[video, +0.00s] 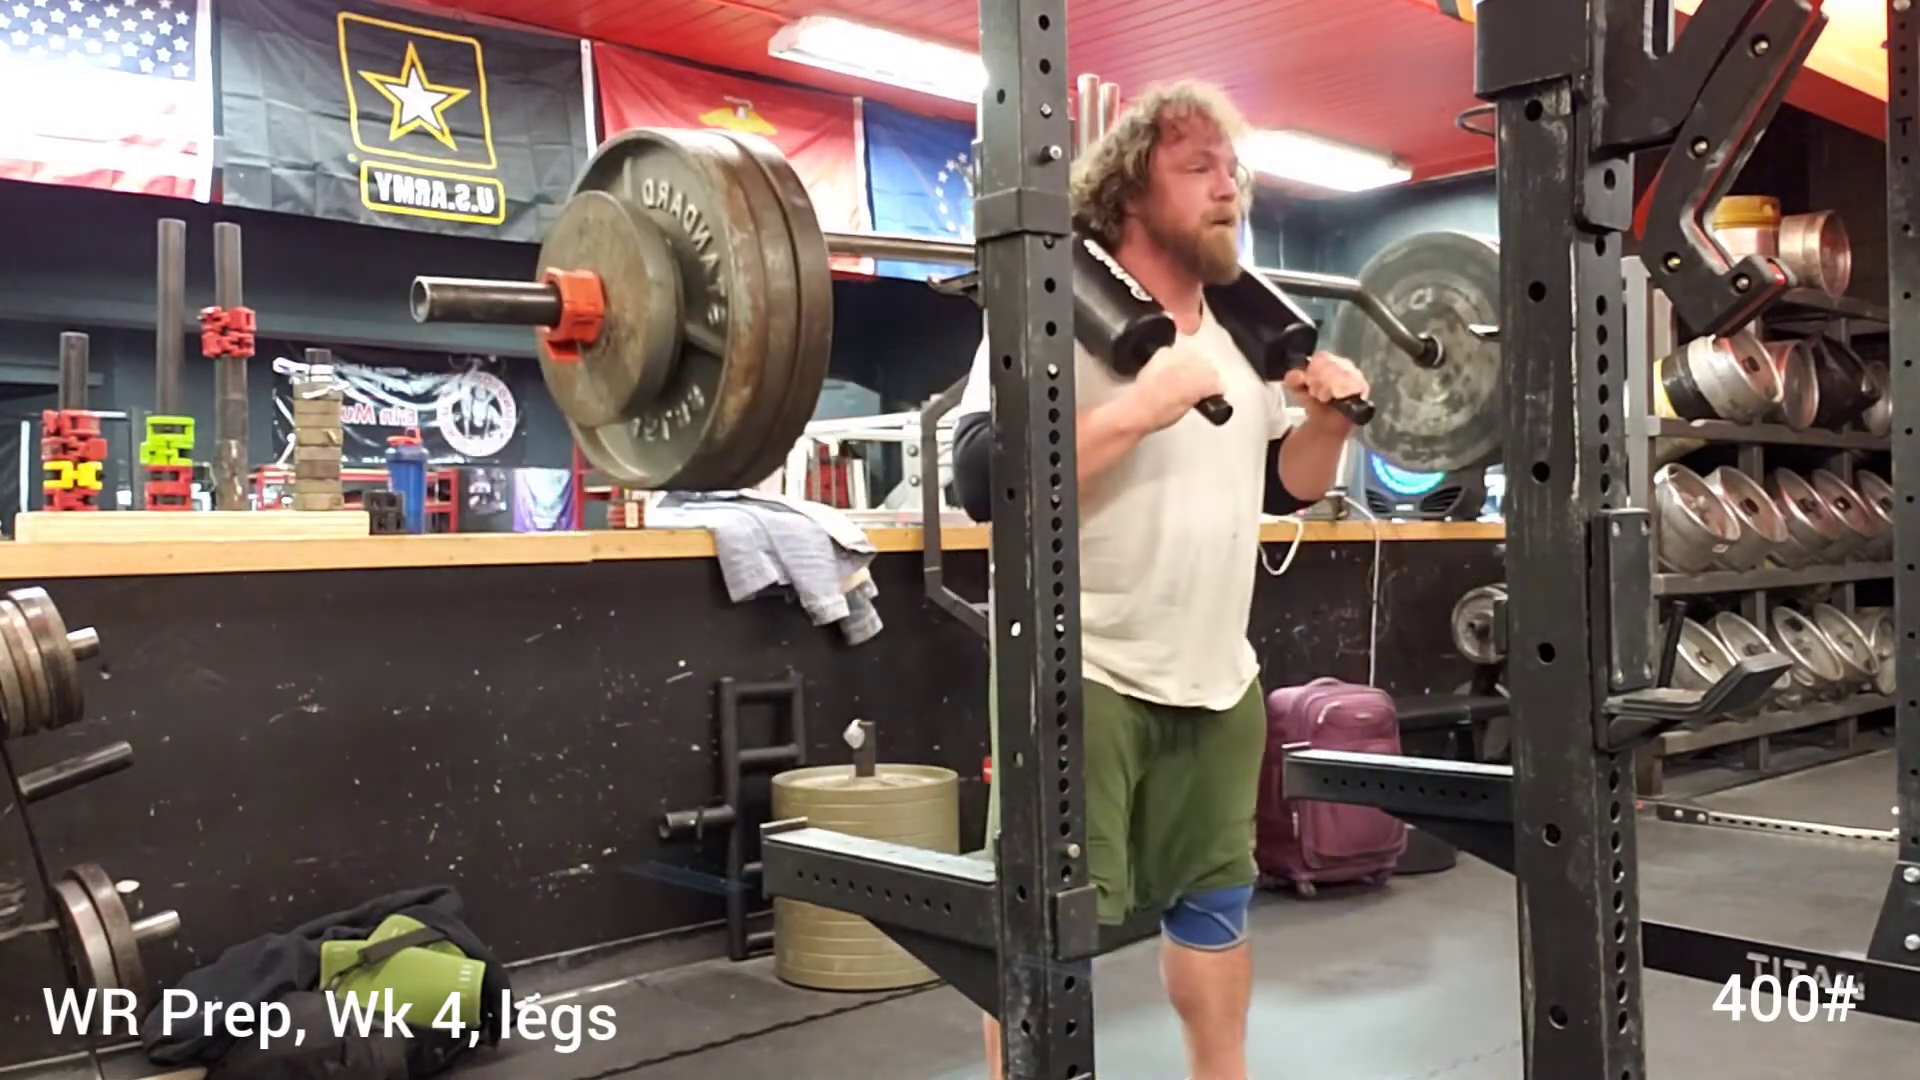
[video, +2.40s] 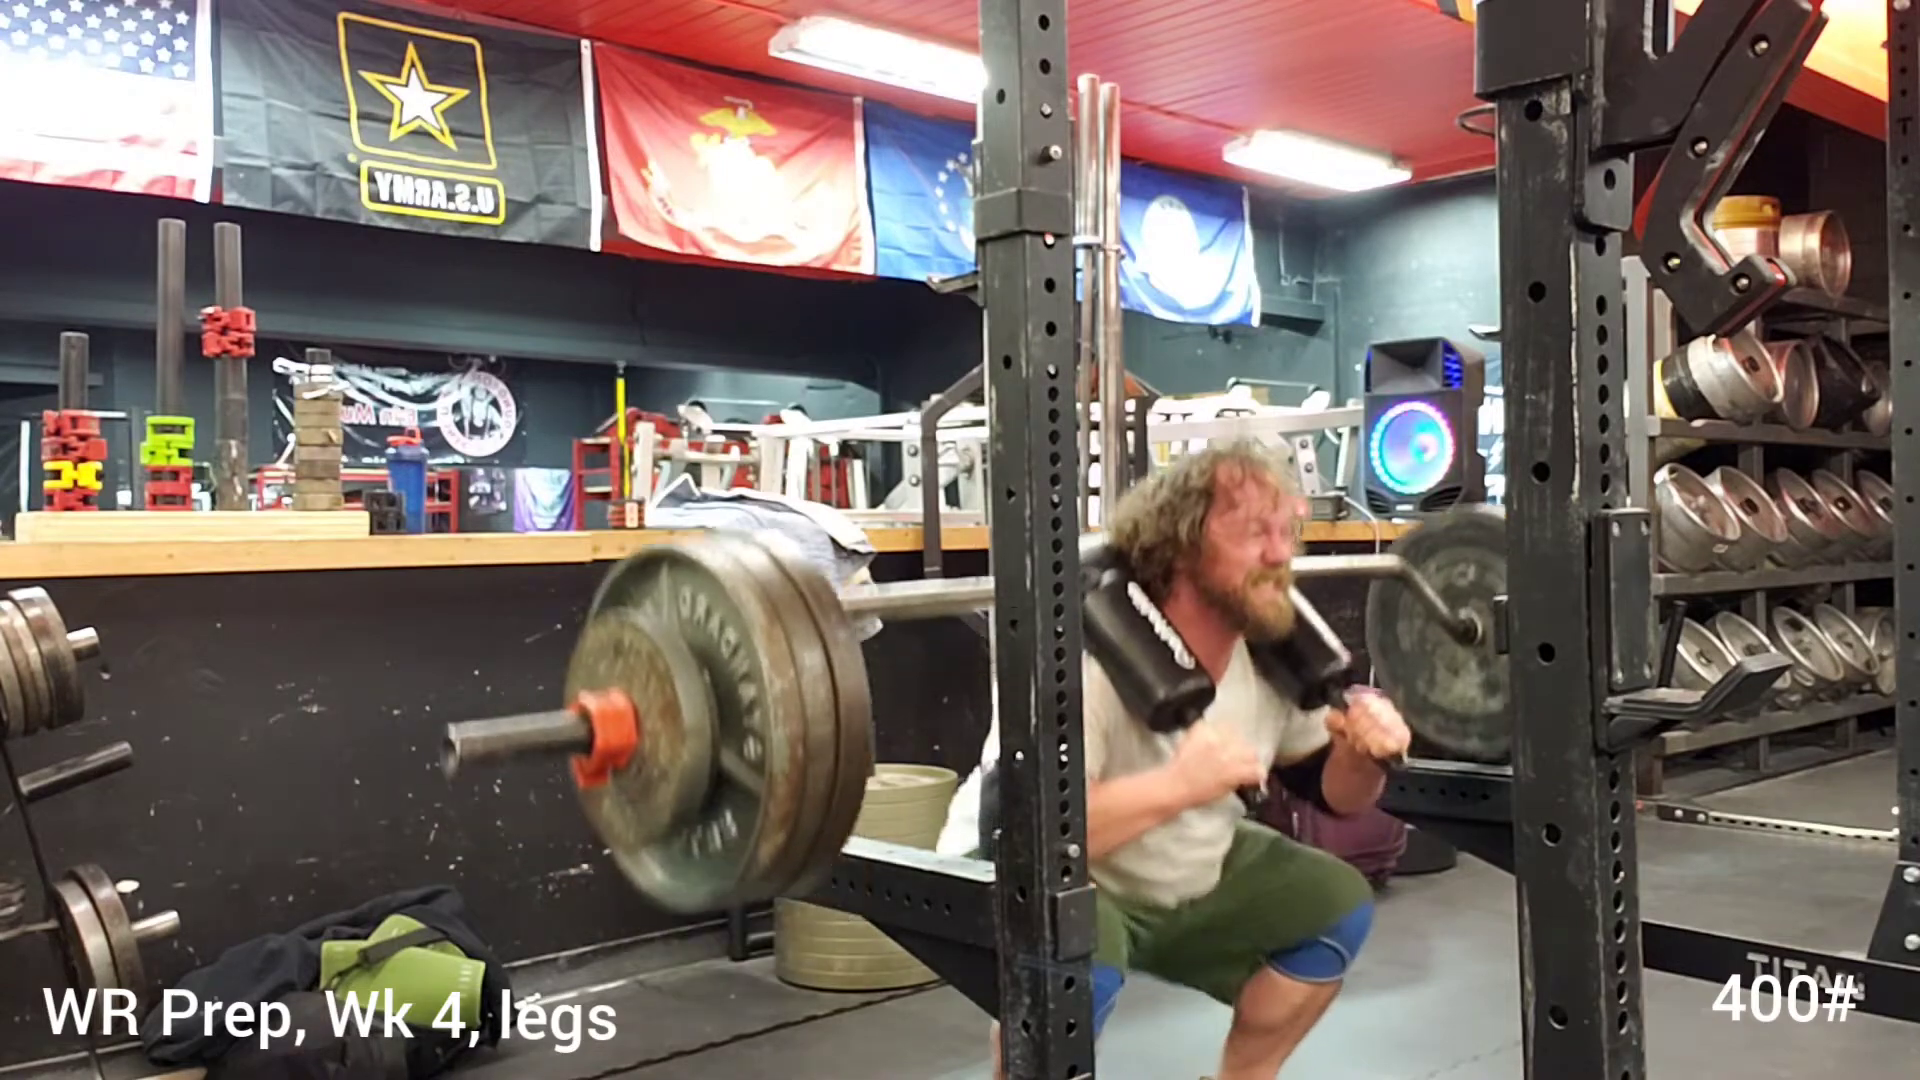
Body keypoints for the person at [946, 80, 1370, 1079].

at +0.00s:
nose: (1228, 187)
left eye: (1232, 168)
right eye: (1200, 168)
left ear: (1240, 185)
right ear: (1133, 187)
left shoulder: (1247, 322)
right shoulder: (1050, 300)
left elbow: (1288, 486)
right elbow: (979, 478)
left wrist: (1328, 416)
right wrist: (1134, 411)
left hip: (1216, 672)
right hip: (1081, 669)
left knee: (1213, 910)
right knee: (1052, 921)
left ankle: (1221, 1074)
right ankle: (1020, 1072)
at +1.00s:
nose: (1244, 303)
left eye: (1251, 285)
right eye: (1218, 284)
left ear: (1259, 301)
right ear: (1153, 302)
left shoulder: (1267, 424)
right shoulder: (1069, 416)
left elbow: (1321, 596)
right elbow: (1028, 601)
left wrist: (1345, 530)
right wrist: (1163, 534)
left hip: (1204, 740)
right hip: (1066, 744)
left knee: (1303, 901)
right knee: (1057, 965)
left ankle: (1237, 1074)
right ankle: (1016, 1072)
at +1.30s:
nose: (1261, 434)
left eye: (1267, 413)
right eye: (1234, 414)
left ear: (1278, 421)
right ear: (1165, 431)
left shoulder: (1271, 533)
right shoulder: (1073, 538)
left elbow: (1328, 710)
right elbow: (1033, 730)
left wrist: (1353, 651)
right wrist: (1170, 672)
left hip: (1195, 804)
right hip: (1054, 811)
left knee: (1326, 908)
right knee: (1076, 965)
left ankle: (1241, 1073)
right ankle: (1018, 1068)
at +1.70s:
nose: (1266, 581)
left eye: (1272, 560)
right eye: (1240, 562)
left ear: (1283, 563)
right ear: (1170, 573)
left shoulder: (1275, 666)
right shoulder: (1087, 679)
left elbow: (1348, 834)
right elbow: (1028, 861)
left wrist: (1366, 781)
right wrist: (1176, 820)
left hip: (1229, 919)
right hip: (1105, 931)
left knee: (1363, 929)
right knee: (1078, 980)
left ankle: (1245, 1074)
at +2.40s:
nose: (1280, 552)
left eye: (1286, 530)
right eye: (1254, 532)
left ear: (1296, 528)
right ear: (1181, 542)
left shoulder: (1275, 627)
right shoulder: (1089, 648)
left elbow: (1340, 796)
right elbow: (1038, 832)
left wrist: (1364, 748)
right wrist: (1176, 785)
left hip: (1197, 858)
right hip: (1068, 869)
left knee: (1338, 908)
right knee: (1085, 959)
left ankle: (1243, 1074)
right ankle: (1017, 1071)